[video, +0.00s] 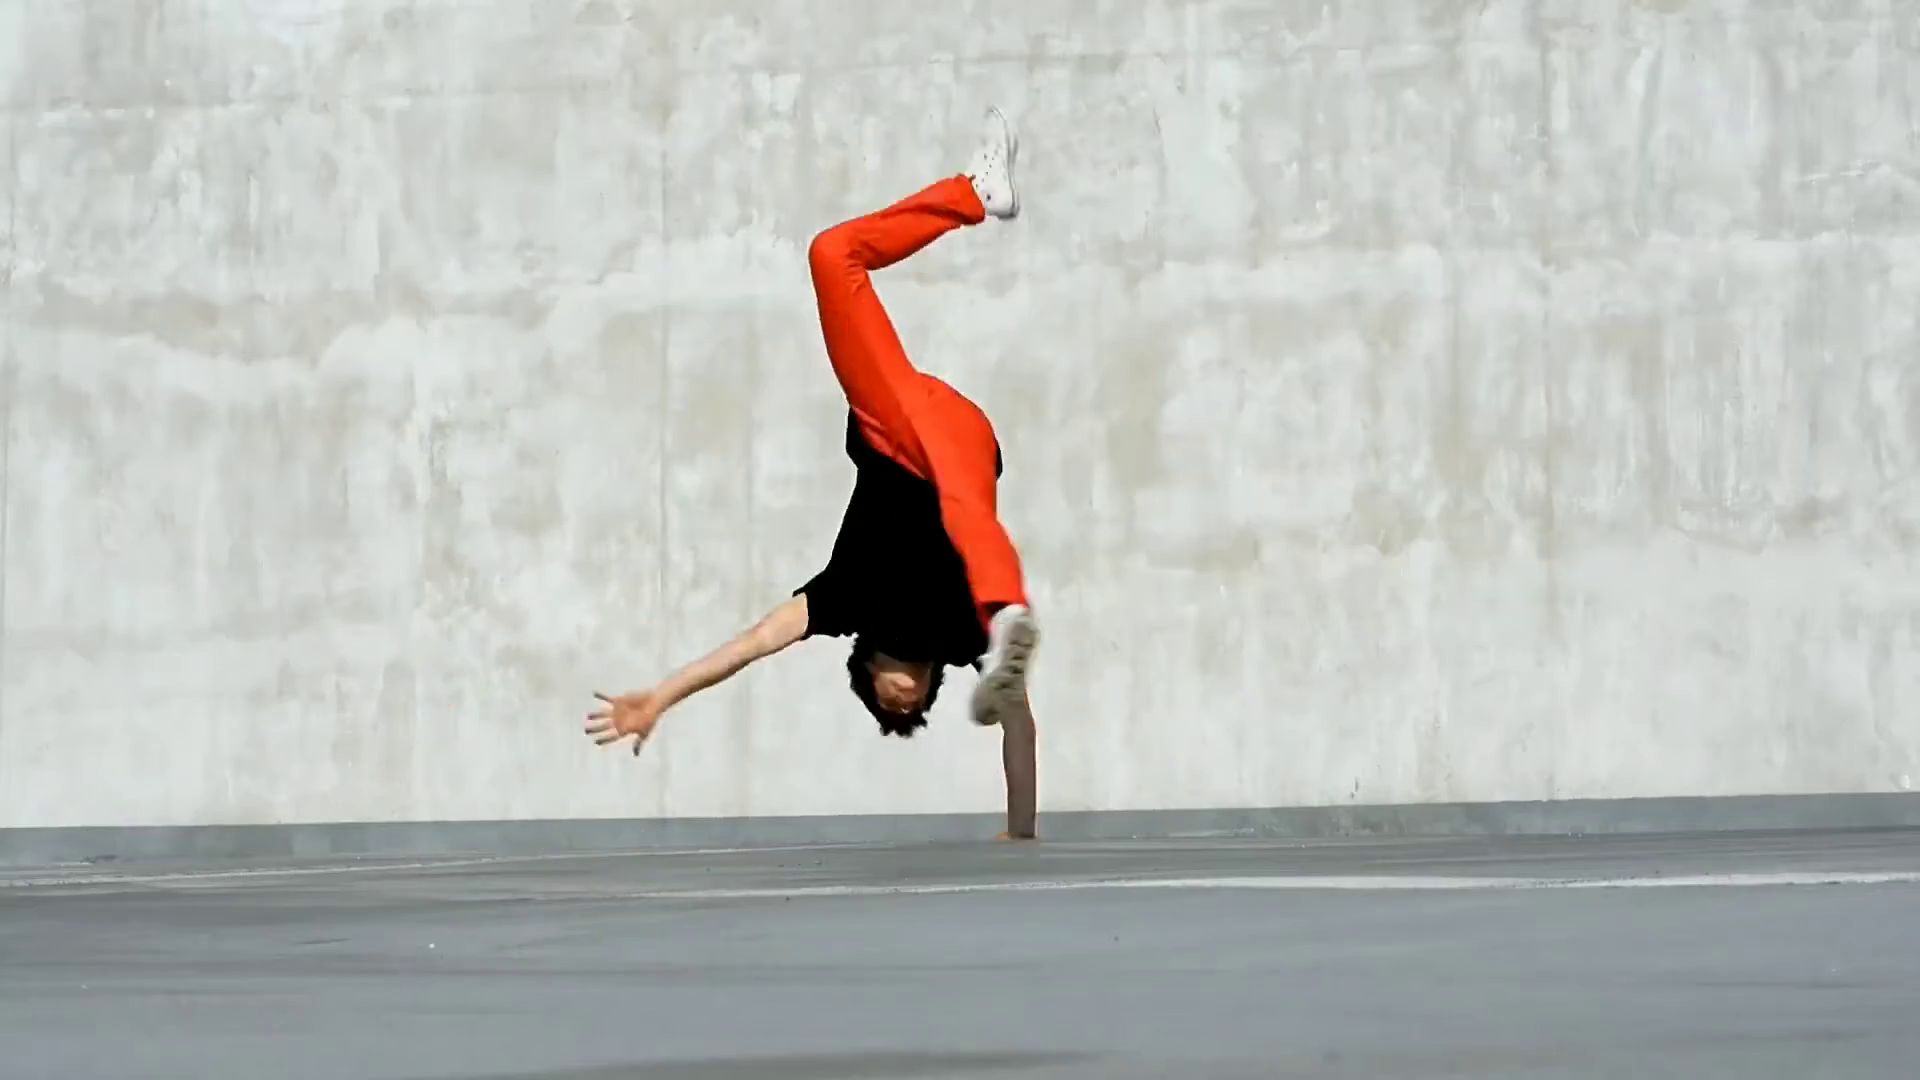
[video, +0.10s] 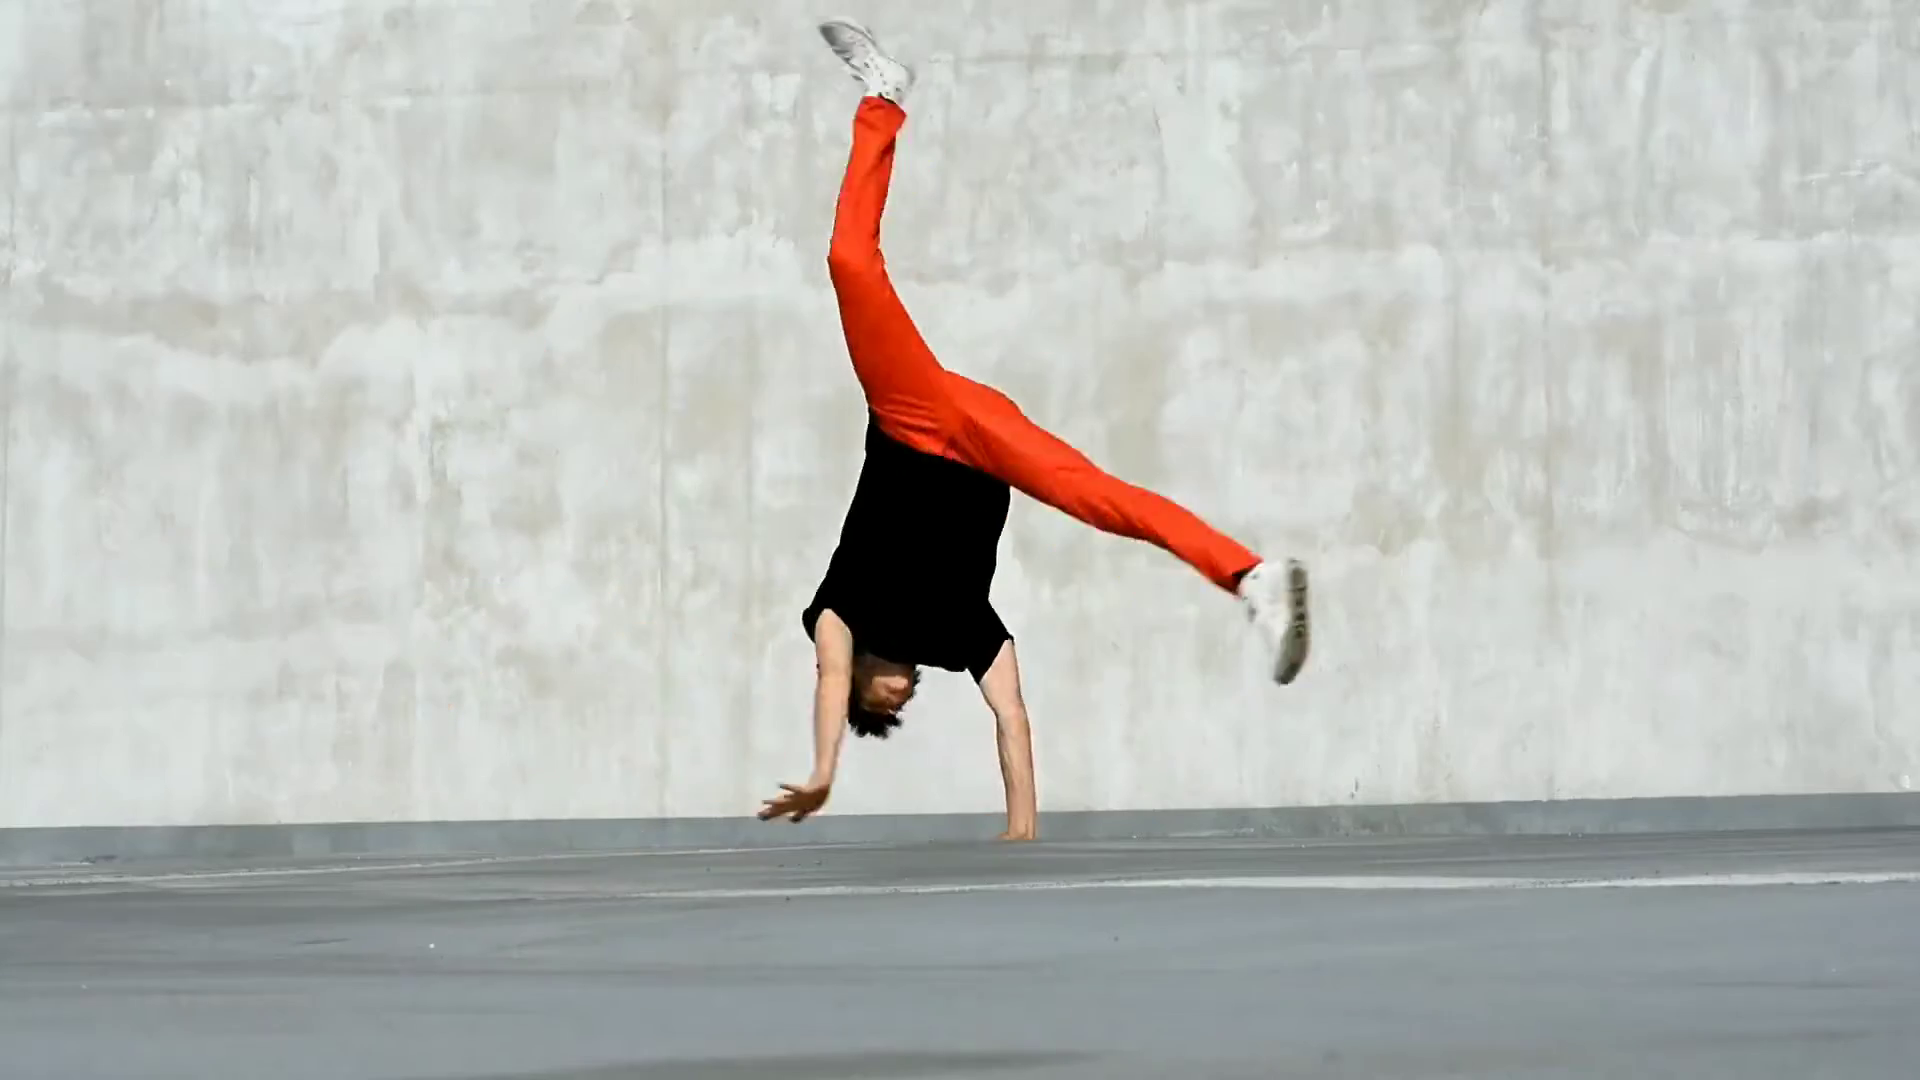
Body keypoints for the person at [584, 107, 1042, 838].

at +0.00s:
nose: (911, 703)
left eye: (895, 705)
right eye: (913, 708)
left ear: (872, 676)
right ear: (923, 681)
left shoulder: (844, 599)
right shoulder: (968, 630)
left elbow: (750, 648)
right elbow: (1018, 728)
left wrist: (656, 701)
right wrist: (1023, 837)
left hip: (882, 408)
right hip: (962, 423)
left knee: (834, 253)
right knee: (969, 510)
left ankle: (974, 194)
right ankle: (1013, 618)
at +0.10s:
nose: (896, 709)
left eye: (881, 712)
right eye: (892, 713)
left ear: (857, 677)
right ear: (901, 685)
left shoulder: (841, 610)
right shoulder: (981, 637)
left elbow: (833, 680)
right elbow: (1010, 728)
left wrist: (821, 777)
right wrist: (1020, 830)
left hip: (908, 409)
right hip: (985, 420)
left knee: (851, 257)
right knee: (1106, 501)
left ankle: (881, 102)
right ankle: (1255, 578)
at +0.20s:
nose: (878, 714)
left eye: (864, 707)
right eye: (867, 712)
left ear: (844, 666)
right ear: (879, 671)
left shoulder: (862, 621)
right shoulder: (968, 634)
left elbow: (896, 708)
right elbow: (1003, 729)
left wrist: (923, 819)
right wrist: (1020, 831)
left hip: (931, 411)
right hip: (998, 418)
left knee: (878, 290)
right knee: (1152, 438)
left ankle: (832, 141)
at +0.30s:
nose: (883, 701)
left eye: (870, 696)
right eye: (874, 703)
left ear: (856, 662)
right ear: (872, 666)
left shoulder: (880, 608)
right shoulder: (949, 632)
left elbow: (916, 709)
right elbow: (990, 718)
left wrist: (930, 823)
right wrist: (1018, 826)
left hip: (930, 389)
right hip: (976, 368)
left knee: (982, 418)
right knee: (1120, 362)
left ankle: (1015, 409)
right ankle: (1242, 257)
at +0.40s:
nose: (891, 681)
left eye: (876, 678)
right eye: (881, 679)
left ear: (869, 650)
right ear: (874, 645)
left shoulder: (911, 613)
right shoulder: (918, 610)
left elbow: (929, 709)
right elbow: (965, 690)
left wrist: (931, 821)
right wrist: (980, 779)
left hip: (976, 385)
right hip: (955, 360)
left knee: (1107, 536)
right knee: (1033, 320)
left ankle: (1255, 669)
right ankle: (1046, 173)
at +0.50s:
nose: (814, 686)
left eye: (827, 681)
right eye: (809, 675)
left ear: (877, 653)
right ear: (836, 614)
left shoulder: (955, 610)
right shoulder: (853, 545)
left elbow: (957, 715)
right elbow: (795, 552)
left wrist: (937, 822)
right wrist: (791, 647)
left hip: (1067, 409)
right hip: (990, 377)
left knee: (1146, 517)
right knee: (931, 277)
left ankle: (1258, 575)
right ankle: (994, 253)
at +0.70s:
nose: (857, 524)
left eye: (840, 530)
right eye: (858, 545)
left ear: (839, 520)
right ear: (880, 563)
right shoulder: (951, 514)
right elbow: (1004, 584)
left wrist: (752, 713)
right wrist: (946, 682)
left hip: (1025, 347)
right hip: (1076, 376)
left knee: (1048, 249)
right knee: (1182, 242)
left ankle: (1185, 252)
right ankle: (1325, 103)